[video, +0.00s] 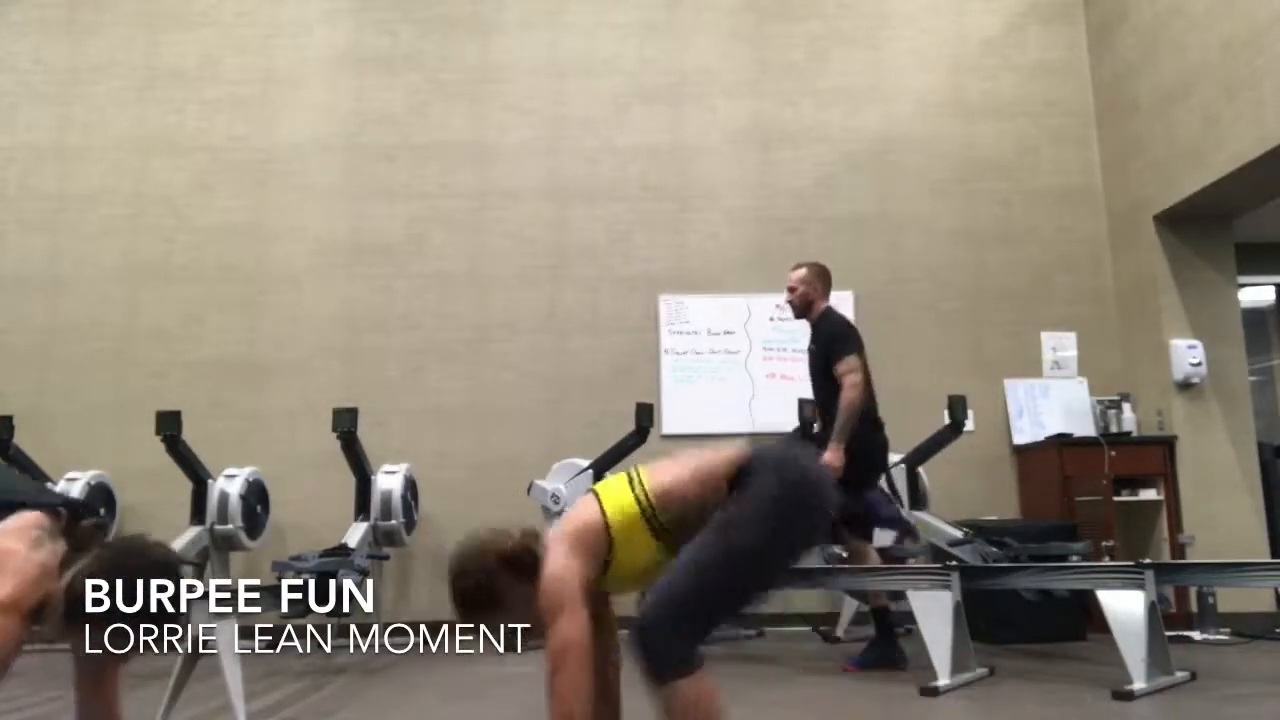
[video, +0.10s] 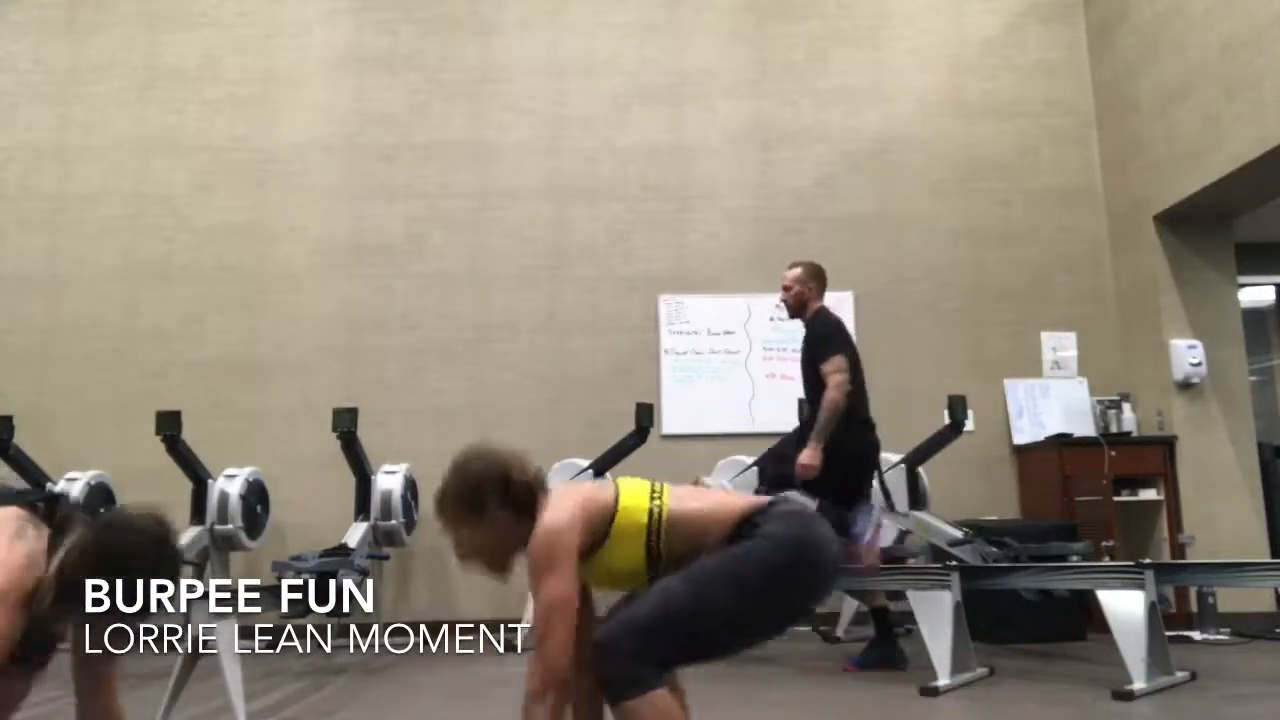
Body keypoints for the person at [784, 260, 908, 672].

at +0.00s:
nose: (788, 296)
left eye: (794, 289)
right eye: (788, 289)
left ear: (817, 292)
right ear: (808, 293)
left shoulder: (834, 328)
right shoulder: (820, 330)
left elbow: (854, 384)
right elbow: (835, 391)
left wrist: (836, 445)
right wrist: (827, 437)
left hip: (857, 445)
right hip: (848, 444)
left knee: (855, 541)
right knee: (853, 540)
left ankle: (886, 638)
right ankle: (884, 637)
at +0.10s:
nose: (782, 295)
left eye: (788, 288)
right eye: (783, 288)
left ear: (811, 291)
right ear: (808, 292)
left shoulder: (824, 327)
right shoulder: (820, 327)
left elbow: (839, 385)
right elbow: (832, 392)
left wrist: (815, 444)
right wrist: (810, 440)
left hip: (843, 450)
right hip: (848, 449)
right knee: (850, 547)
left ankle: (886, 638)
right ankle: (884, 638)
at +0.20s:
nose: (770, 297)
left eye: (775, 290)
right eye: (770, 290)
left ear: (798, 292)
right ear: (796, 293)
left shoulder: (811, 327)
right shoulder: (810, 327)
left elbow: (824, 387)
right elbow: (825, 393)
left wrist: (796, 445)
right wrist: (805, 444)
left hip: (833, 445)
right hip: (843, 443)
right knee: (849, 544)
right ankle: (884, 639)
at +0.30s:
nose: (750, 297)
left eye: (757, 290)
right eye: (751, 290)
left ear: (780, 294)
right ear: (777, 295)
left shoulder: (792, 331)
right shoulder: (791, 330)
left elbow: (808, 390)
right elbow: (810, 395)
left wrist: (783, 441)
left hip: (817, 449)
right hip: (833, 448)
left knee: (784, 544)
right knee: (847, 545)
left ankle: (769, 647)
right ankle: (884, 640)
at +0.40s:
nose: (729, 297)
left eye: (736, 291)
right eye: (730, 291)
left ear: (759, 292)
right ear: (756, 294)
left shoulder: (771, 332)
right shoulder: (771, 331)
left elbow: (793, 396)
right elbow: (794, 398)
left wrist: (771, 447)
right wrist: (780, 445)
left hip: (806, 451)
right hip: (817, 449)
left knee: (777, 546)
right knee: (842, 545)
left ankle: (766, 652)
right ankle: (882, 640)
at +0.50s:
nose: (704, 291)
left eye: (711, 284)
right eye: (705, 284)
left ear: (734, 288)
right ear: (728, 288)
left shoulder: (749, 329)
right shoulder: (740, 329)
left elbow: (774, 397)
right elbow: (751, 401)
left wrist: (758, 458)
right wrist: (743, 453)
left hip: (789, 444)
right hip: (796, 441)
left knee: (768, 545)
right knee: (820, 534)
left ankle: (765, 652)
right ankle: (869, 619)